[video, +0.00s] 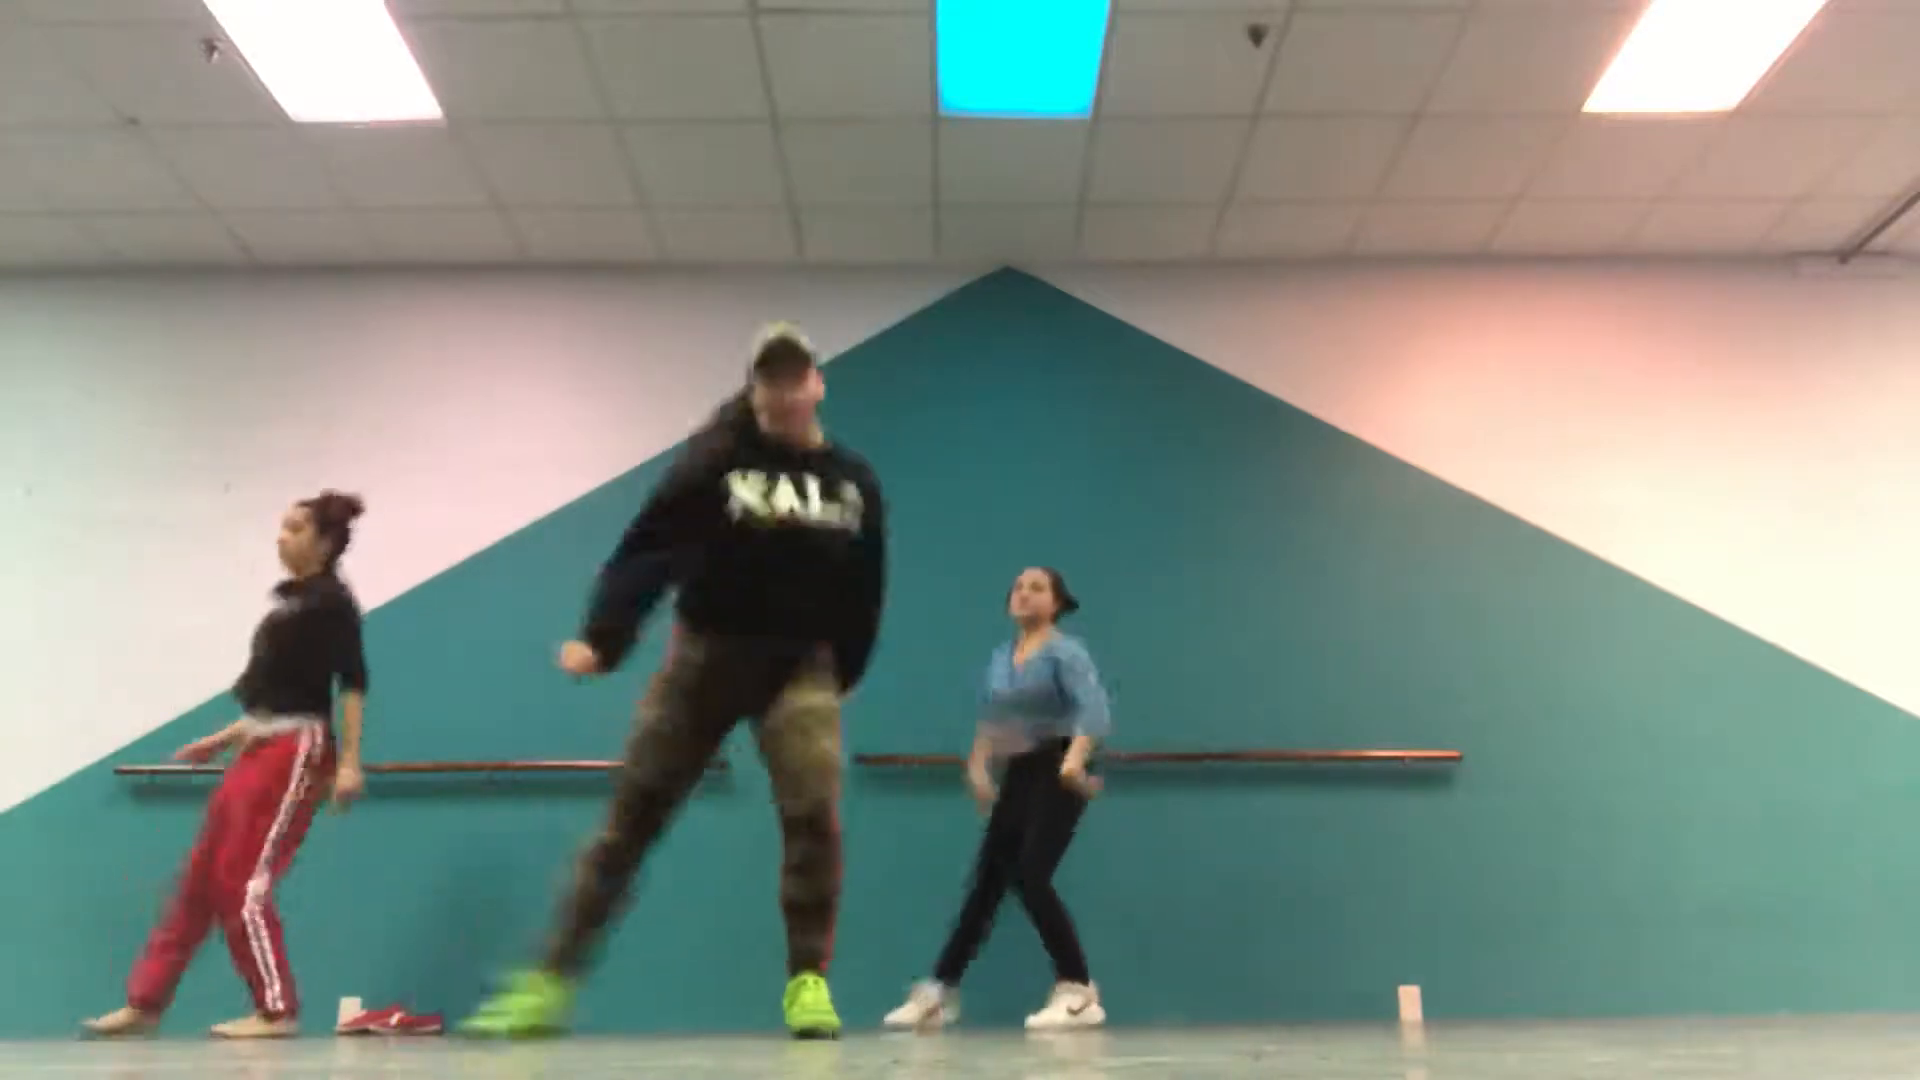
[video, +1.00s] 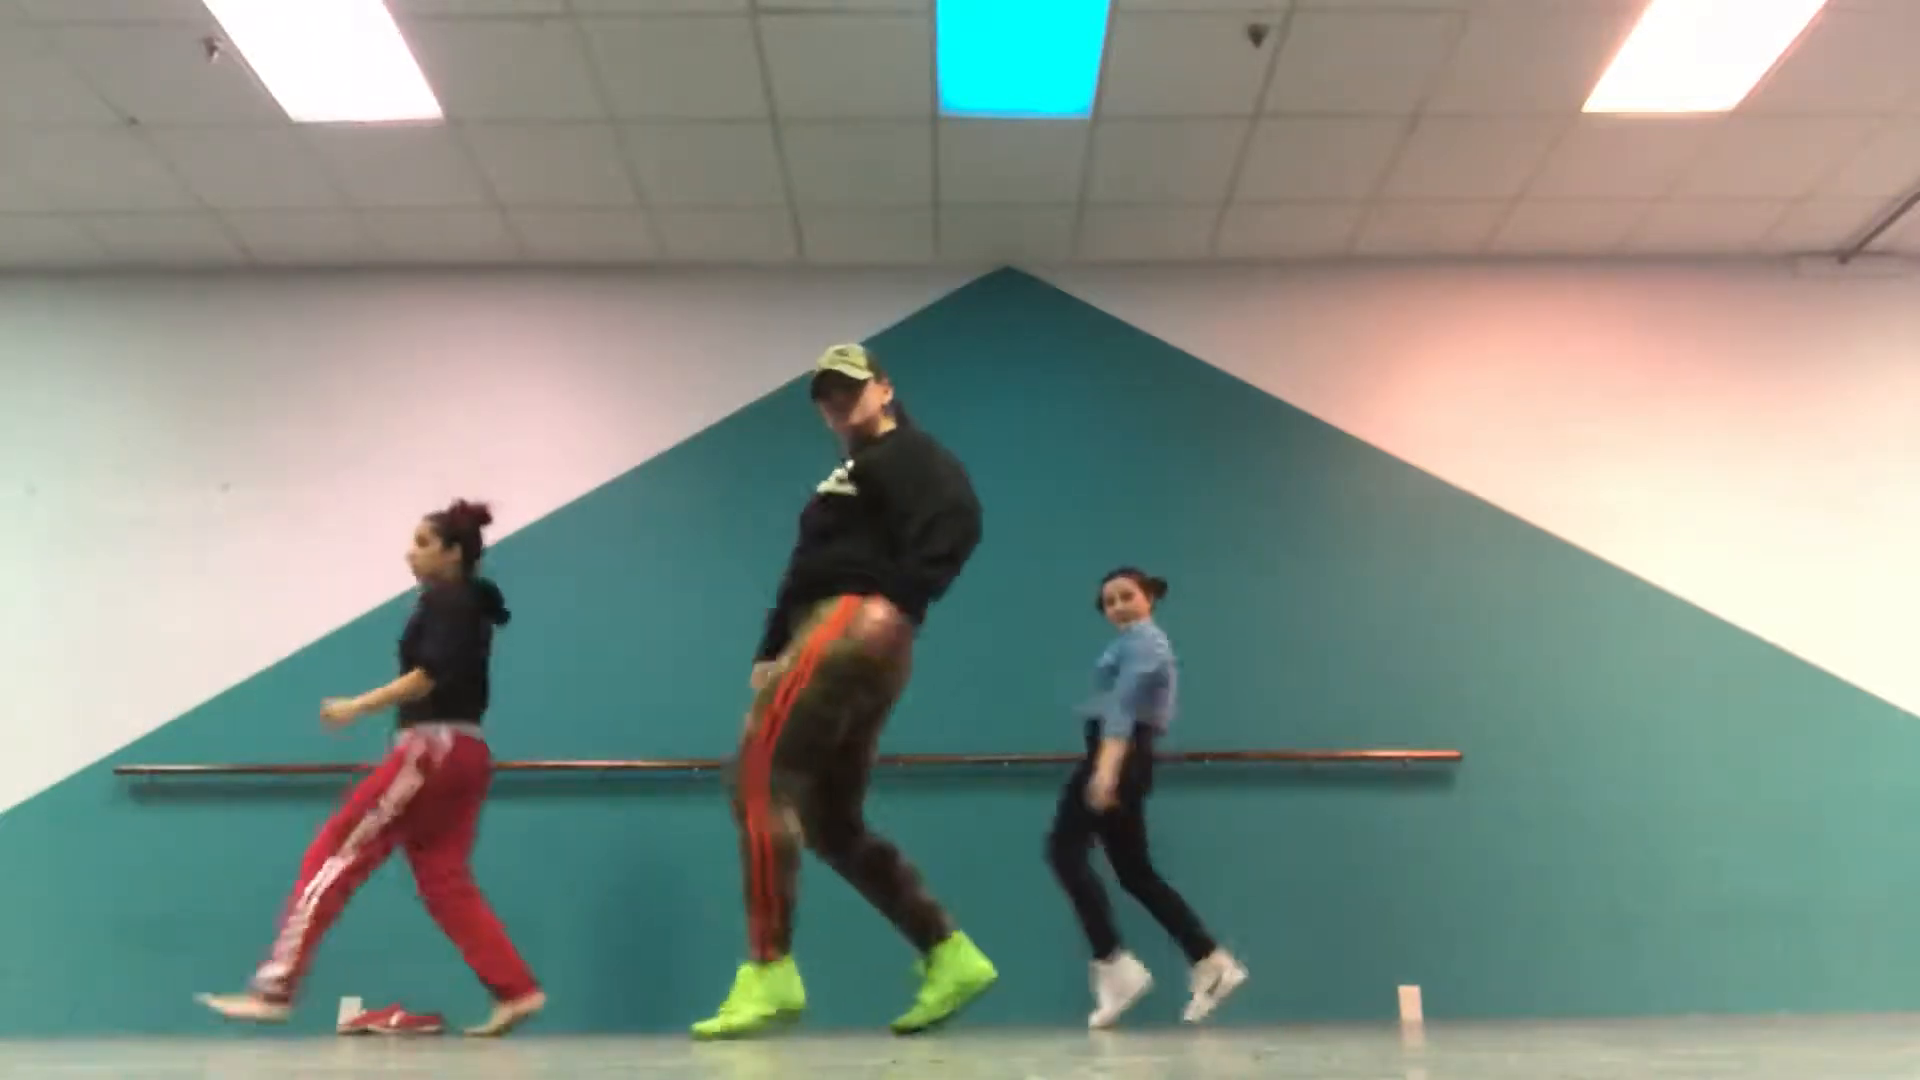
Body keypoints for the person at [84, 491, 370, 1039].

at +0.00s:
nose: (282, 536)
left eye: (294, 529)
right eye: (283, 527)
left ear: (325, 542)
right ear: (300, 539)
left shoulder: (334, 602)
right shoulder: (288, 600)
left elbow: (353, 685)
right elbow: (274, 699)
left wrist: (349, 763)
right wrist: (224, 739)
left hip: (299, 746)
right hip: (258, 745)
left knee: (243, 879)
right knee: (205, 874)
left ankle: (276, 1011)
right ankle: (145, 1003)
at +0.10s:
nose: (300, 534)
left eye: (312, 526)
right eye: (302, 525)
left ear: (346, 537)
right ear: (323, 537)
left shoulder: (354, 590)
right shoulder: (316, 596)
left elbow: (368, 667)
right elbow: (305, 674)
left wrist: (338, 728)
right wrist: (263, 718)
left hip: (303, 728)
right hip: (272, 729)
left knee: (279, 865)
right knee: (245, 860)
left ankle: (278, 1010)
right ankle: (231, 998)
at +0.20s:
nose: (320, 537)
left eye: (331, 528)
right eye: (321, 527)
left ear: (364, 537)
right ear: (360, 540)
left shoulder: (364, 582)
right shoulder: (356, 586)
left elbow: (373, 647)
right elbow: (364, 656)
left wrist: (305, 679)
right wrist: (299, 681)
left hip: (314, 725)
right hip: (319, 725)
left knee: (286, 866)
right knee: (287, 867)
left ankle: (278, 1010)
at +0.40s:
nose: (354, 553)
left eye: (364, 545)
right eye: (357, 543)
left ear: (394, 552)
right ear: (403, 556)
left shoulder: (376, 589)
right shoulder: (422, 600)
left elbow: (318, 626)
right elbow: (393, 684)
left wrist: (269, 662)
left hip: (361, 750)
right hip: (402, 754)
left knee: (254, 851)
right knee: (365, 874)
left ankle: (263, 984)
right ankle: (418, 1000)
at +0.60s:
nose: (382, 554)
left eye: (392, 546)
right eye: (384, 544)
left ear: (423, 555)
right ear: (431, 559)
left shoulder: (391, 597)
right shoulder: (455, 609)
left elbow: (356, 666)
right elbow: (427, 676)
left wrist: (315, 731)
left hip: (389, 758)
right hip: (436, 761)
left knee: (291, 863)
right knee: (383, 884)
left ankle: (322, 980)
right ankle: (421, 1008)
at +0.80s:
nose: (395, 536)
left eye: (406, 526)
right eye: (398, 525)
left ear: (439, 535)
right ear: (443, 538)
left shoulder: (427, 586)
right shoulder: (469, 588)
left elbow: (438, 665)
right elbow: (485, 670)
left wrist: (389, 726)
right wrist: (449, 722)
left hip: (383, 725)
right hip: (433, 730)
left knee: (336, 865)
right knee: (413, 872)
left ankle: (338, 1000)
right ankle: (429, 1002)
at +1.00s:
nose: (412, 553)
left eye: (423, 543)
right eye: (414, 541)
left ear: (455, 554)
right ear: (454, 556)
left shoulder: (447, 602)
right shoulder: (465, 602)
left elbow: (427, 677)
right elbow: (451, 681)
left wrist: (355, 705)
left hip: (431, 749)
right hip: (465, 752)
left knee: (336, 853)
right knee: (444, 881)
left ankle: (273, 991)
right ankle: (516, 990)